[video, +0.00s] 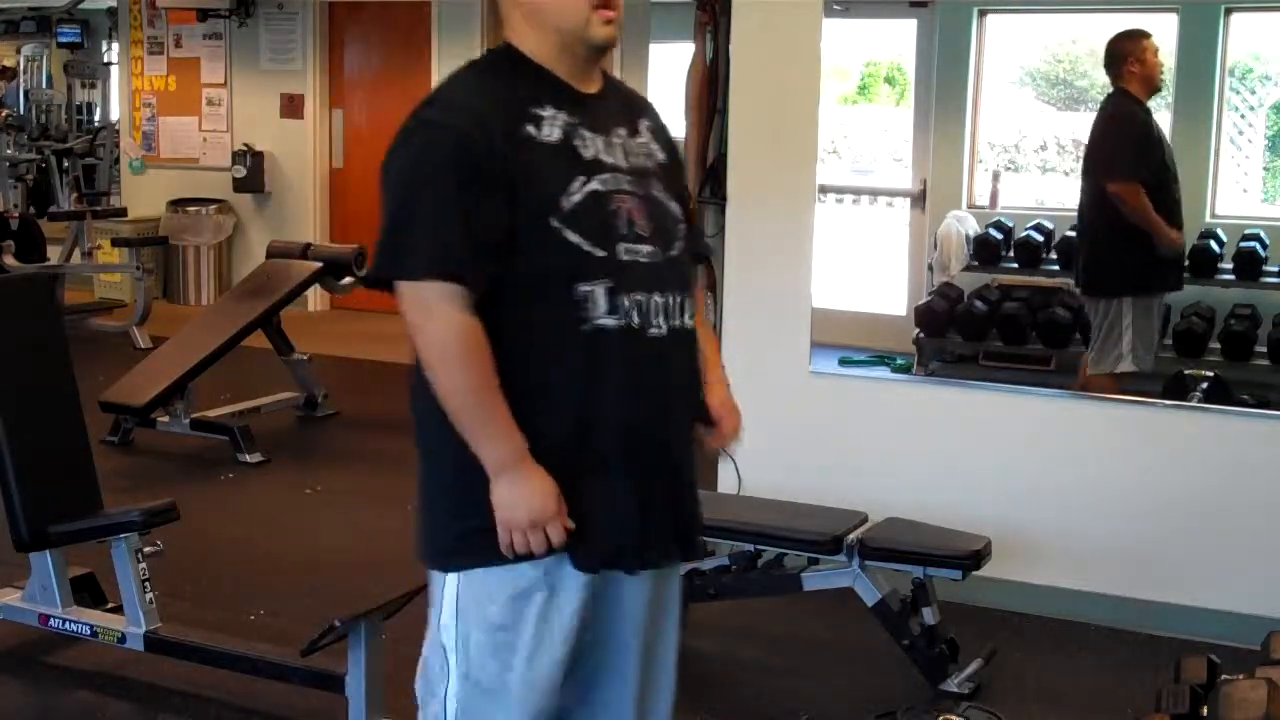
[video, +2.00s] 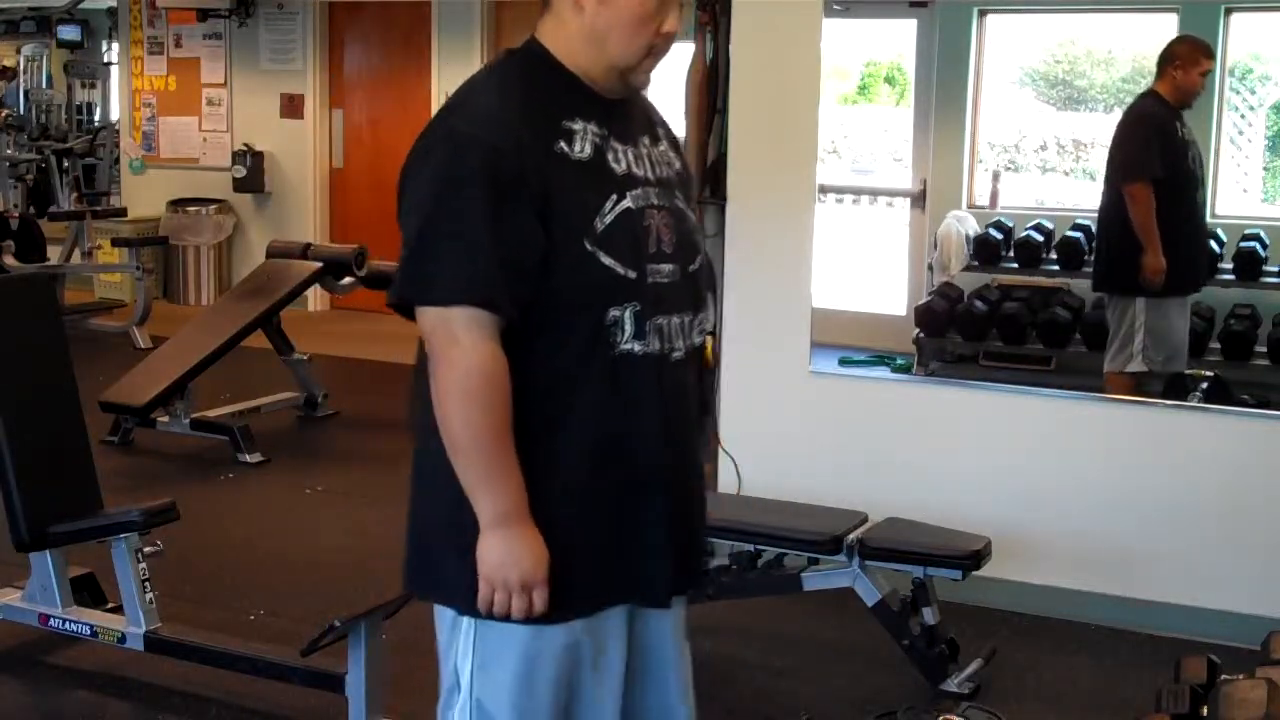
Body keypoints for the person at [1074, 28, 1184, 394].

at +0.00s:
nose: (1162, 64)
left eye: (1159, 56)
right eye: (1155, 56)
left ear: (1129, 66)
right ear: (1133, 65)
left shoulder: (1120, 109)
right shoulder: (1125, 113)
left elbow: (1116, 183)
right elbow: (1120, 184)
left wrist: (1162, 231)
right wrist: (1166, 233)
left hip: (1113, 263)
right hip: (1125, 267)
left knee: (1100, 363)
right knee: (1118, 371)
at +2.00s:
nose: (1204, 85)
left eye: (1206, 77)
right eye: (1202, 75)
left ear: (1178, 71)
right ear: (1176, 69)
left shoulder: (1169, 117)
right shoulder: (1146, 115)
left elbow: (1169, 189)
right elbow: (1135, 187)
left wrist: (1183, 251)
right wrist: (1152, 250)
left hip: (1166, 265)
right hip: (1140, 266)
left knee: (1153, 369)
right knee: (1126, 370)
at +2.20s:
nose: (1207, 98)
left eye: (1211, 90)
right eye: (1207, 88)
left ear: (1183, 77)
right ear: (1182, 75)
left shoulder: (1175, 124)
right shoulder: (1145, 119)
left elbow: (1177, 194)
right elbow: (1132, 188)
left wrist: (1189, 253)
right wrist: (1149, 250)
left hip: (1169, 267)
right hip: (1141, 267)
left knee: (1159, 368)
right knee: (1136, 367)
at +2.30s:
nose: (1209, 100)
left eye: (1213, 94)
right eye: (1209, 91)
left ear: (1187, 80)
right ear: (1187, 77)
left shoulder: (1177, 124)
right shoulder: (1145, 119)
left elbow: (1177, 193)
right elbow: (1130, 188)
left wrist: (1186, 250)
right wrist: (1147, 249)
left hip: (1168, 265)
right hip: (1140, 266)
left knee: (1156, 367)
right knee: (1134, 367)